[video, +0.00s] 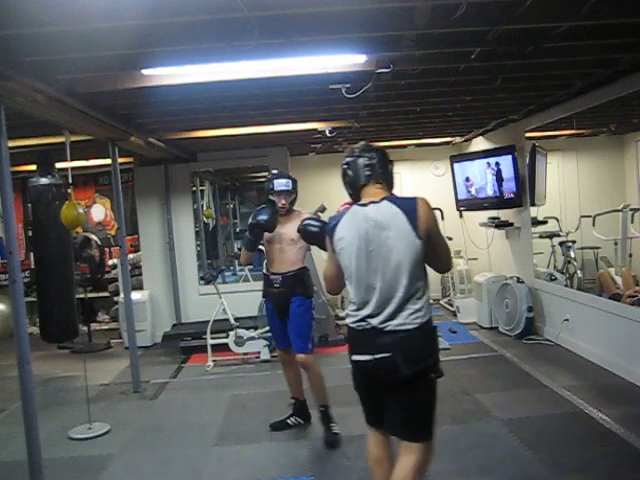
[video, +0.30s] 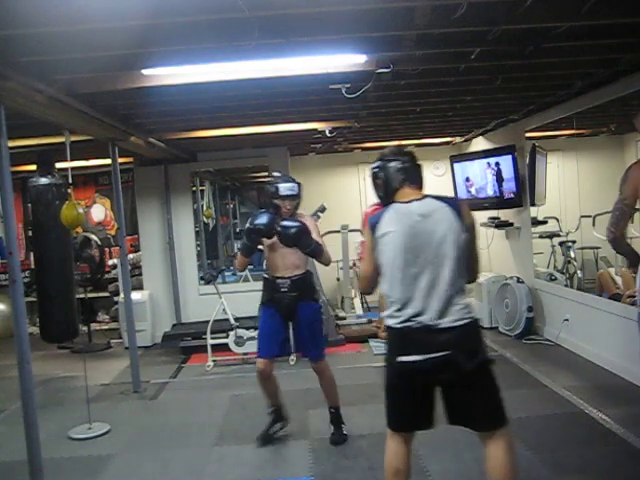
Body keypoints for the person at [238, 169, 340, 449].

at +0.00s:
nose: (282, 201)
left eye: (287, 196)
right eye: (278, 196)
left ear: (295, 196)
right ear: (270, 196)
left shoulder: (305, 220)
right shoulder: (263, 220)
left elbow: (333, 249)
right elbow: (245, 259)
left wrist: (324, 235)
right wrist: (254, 232)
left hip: (297, 286)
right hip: (271, 287)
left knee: (303, 357)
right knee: (285, 355)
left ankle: (327, 418)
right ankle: (300, 411)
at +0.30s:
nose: (288, 205)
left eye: (292, 200)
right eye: (283, 200)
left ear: (298, 200)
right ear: (272, 200)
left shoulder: (306, 222)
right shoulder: (263, 224)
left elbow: (325, 258)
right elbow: (239, 265)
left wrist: (304, 242)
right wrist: (252, 237)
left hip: (304, 293)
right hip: (273, 294)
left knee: (318, 362)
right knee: (263, 367)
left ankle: (336, 419)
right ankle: (278, 415)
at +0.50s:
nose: (259, 209)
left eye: (264, 203)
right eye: (254, 204)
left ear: (271, 203)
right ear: (246, 205)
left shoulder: (286, 226)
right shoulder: (242, 231)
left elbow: (319, 258)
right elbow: (223, 269)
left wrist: (310, 240)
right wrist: (234, 241)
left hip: (285, 299)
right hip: (254, 301)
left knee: (305, 369)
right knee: (242, 373)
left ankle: (335, 422)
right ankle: (243, 439)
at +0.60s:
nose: (251, 207)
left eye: (256, 201)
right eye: (246, 202)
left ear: (262, 202)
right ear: (236, 203)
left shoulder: (272, 224)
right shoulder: (226, 230)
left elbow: (305, 256)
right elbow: (211, 275)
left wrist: (303, 242)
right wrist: (225, 245)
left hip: (273, 300)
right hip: (241, 301)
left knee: (287, 374)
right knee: (235, 375)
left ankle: (323, 416)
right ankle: (242, 438)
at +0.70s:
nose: (245, 203)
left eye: (249, 197)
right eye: (240, 197)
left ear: (255, 197)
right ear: (227, 198)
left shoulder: (265, 222)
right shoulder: (213, 228)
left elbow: (293, 257)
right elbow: (201, 273)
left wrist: (298, 243)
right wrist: (217, 244)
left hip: (264, 299)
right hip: (230, 301)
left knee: (272, 371)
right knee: (233, 376)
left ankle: (294, 423)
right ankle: (242, 438)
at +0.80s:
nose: (242, 202)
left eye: (246, 196)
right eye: (236, 196)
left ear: (250, 198)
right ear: (221, 196)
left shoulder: (258, 222)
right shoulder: (204, 226)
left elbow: (289, 258)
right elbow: (193, 271)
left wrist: (295, 242)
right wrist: (212, 243)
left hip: (257, 301)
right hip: (224, 303)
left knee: (261, 376)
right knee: (231, 377)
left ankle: (264, 453)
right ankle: (241, 438)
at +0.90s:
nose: (238, 206)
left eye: (242, 200)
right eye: (232, 200)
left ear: (247, 201)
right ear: (217, 201)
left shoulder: (255, 225)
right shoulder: (201, 229)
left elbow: (284, 261)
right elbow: (190, 274)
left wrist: (292, 246)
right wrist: (211, 244)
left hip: (251, 303)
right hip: (217, 305)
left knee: (248, 385)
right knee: (222, 384)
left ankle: (244, 462)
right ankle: (236, 433)